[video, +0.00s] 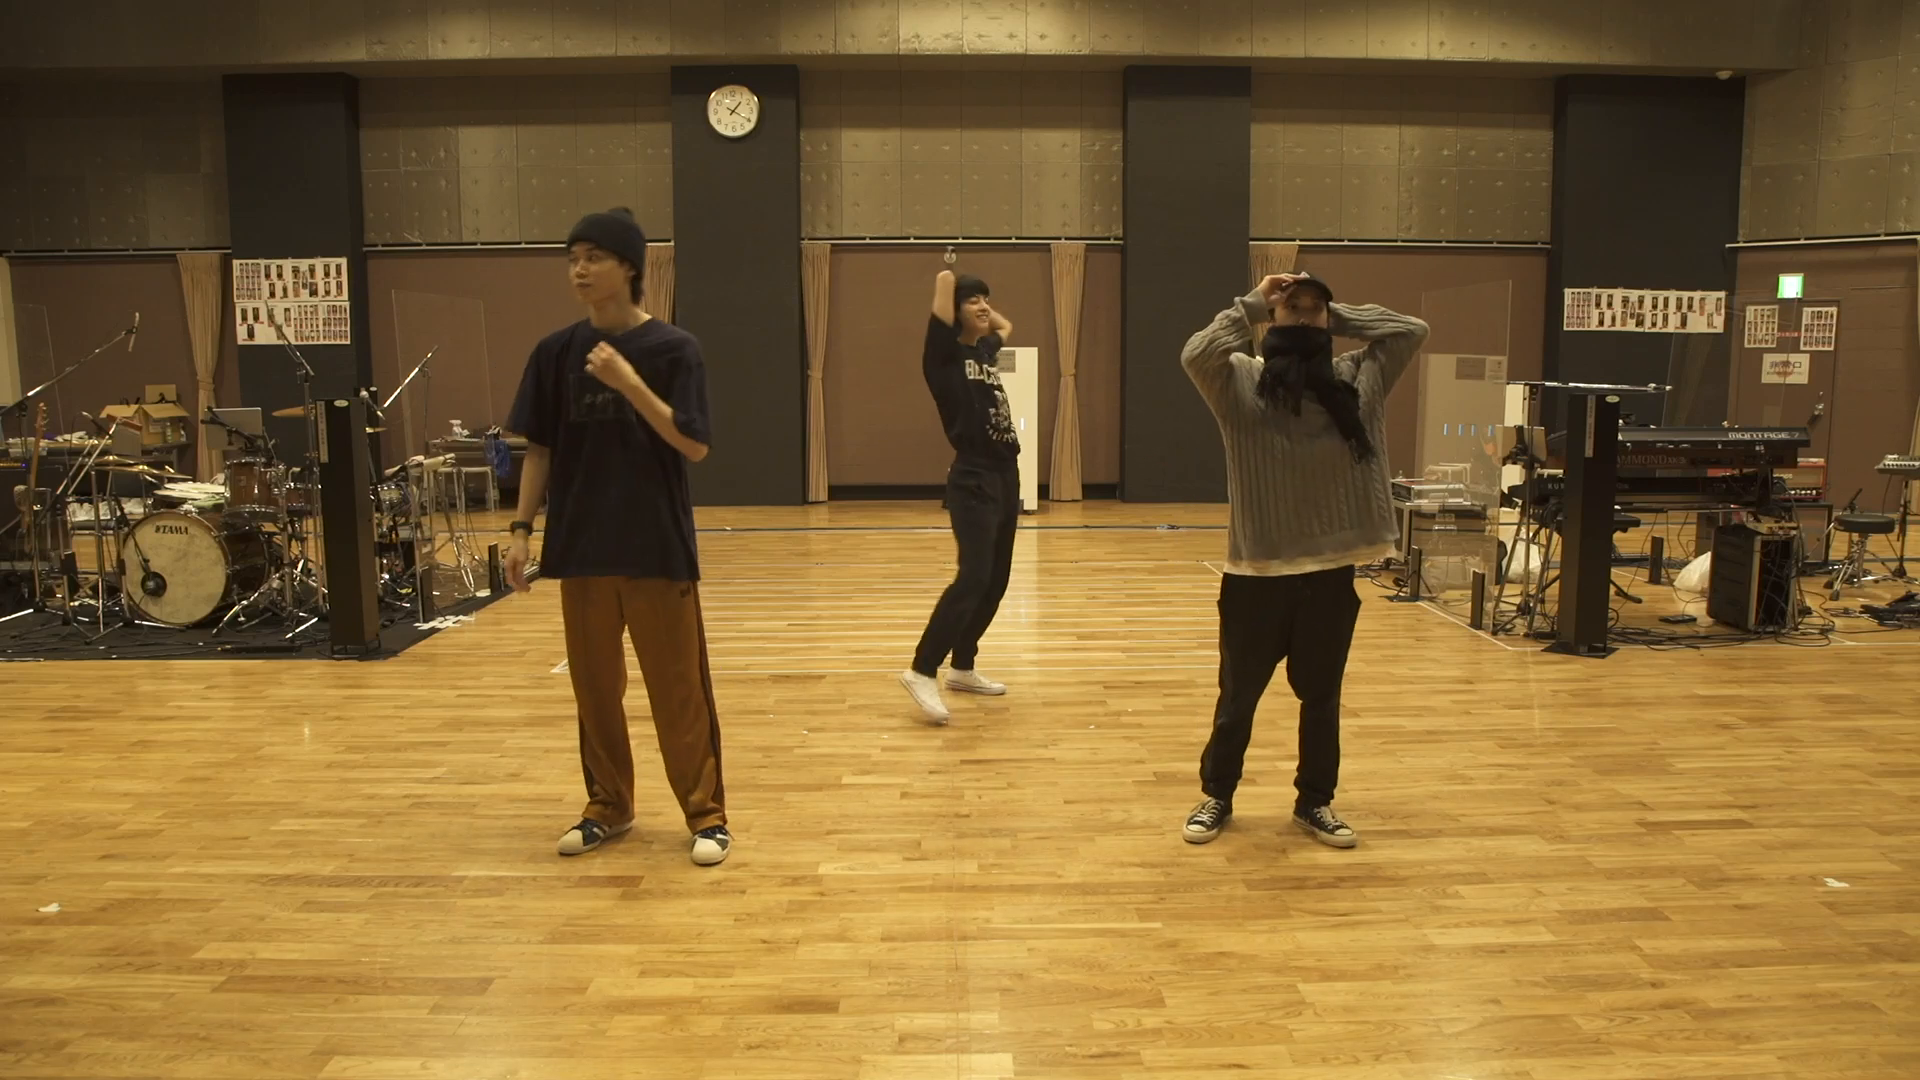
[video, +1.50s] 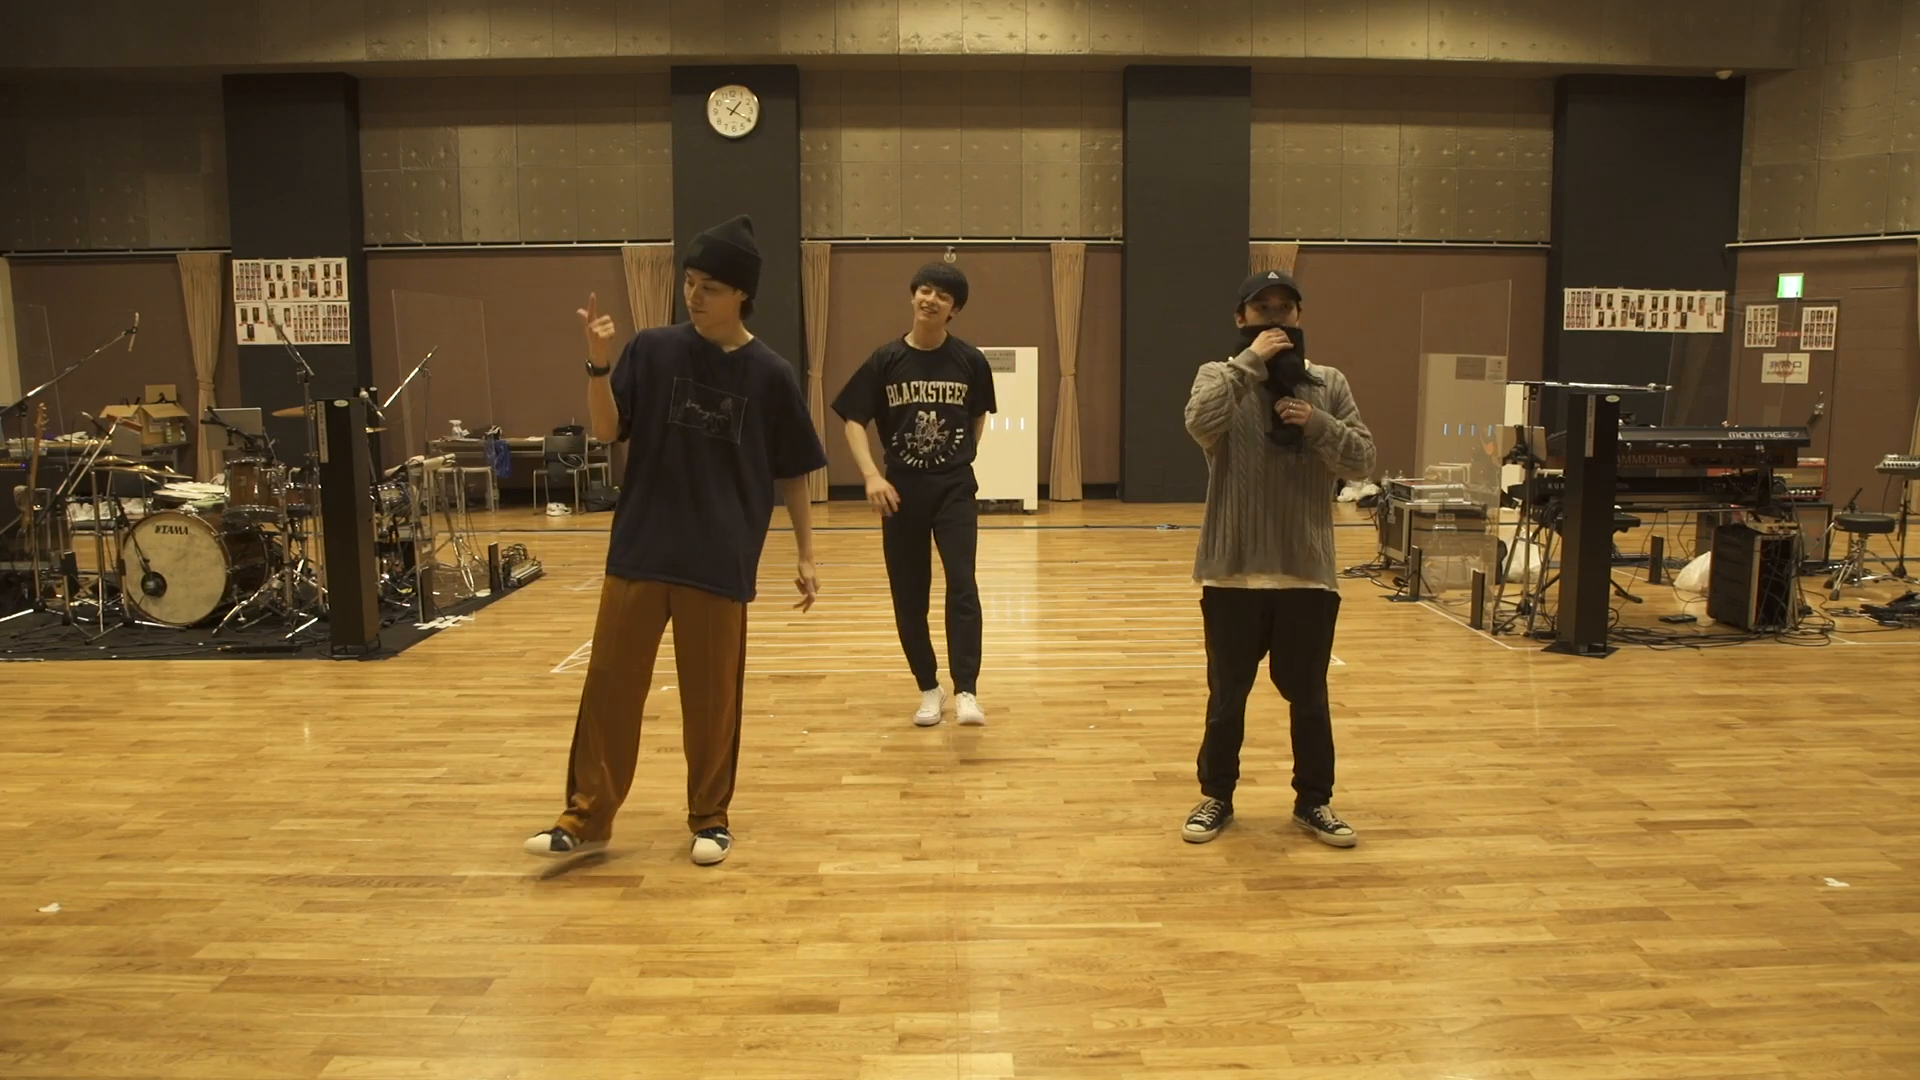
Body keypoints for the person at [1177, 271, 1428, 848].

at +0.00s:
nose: (1297, 319)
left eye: (1310, 310)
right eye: (1288, 310)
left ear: (1329, 326)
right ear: (1267, 326)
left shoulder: (1358, 382)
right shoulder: (1238, 385)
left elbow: (1412, 330)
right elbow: (1196, 356)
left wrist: (1332, 313)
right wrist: (1254, 306)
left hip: (1329, 576)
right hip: (1254, 577)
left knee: (1321, 701)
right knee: (1237, 700)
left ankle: (1315, 804)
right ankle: (1216, 800)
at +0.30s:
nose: (1305, 323)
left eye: (1316, 313)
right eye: (1293, 313)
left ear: (1333, 323)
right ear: (1270, 325)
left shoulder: (1359, 388)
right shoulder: (1246, 392)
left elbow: (1413, 399)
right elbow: (1200, 401)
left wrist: (1363, 335)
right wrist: (1255, 336)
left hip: (1332, 576)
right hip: (1258, 576)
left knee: (1321, 700)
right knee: (1238, 698)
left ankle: (1315, 804)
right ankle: (1218, 800)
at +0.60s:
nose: (1303, 322)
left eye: (1312, 312)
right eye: (1290, 311)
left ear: (1324, 320)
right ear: (1263, 317)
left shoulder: (1347, 386)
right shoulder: (1231, 386)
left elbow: (1382, 462)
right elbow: (1185, 430)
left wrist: (1339, 418)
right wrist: (1244, 376)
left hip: (1320, 574)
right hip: (1244, 572)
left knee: (1317, 698)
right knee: (1232, 696)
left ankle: (1314, 804)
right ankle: (1216, 800)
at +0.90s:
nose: (1281, 314)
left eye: (1292, 305)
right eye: (1270, 306)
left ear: (1308, 315)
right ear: (1250, 316)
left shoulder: (1334, 385)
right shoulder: (1225, 378)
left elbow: (1357, 465)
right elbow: (1203, 432)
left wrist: (1323, 398)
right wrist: (1273, 382)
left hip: (1310, 572)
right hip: (1234, 570)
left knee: (1311, 697)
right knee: (1227, 696)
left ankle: (1314, 803)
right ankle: (1215, 799)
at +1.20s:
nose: (1278, 319)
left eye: (1288, 308)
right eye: (1266, 308)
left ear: (1303, 317)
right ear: (1246, 316)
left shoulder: (1329, 384)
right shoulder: (1221, 379)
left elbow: (1355, 464)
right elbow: (1197, 427)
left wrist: (1314, 413)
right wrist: (1248, 362)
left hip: (1308, 573)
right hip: (1233, 571)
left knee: (1309, 696)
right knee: (1226, 695)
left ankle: (1314, 803)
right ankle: (1215, 800)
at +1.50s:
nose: (1277, 319)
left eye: (1286, 308)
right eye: (1264, 309)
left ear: (1300, 317)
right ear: (1243, 318)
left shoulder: (1328, 383)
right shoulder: (1221, 377)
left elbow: (1363, 462)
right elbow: (1200, 422)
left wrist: (1316, 423)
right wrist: (1250, 360)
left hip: (1307, 571)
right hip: (1232, 570)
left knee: (1309, 696)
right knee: (1226, 696)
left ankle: (1314, 803)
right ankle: (1215, 799)